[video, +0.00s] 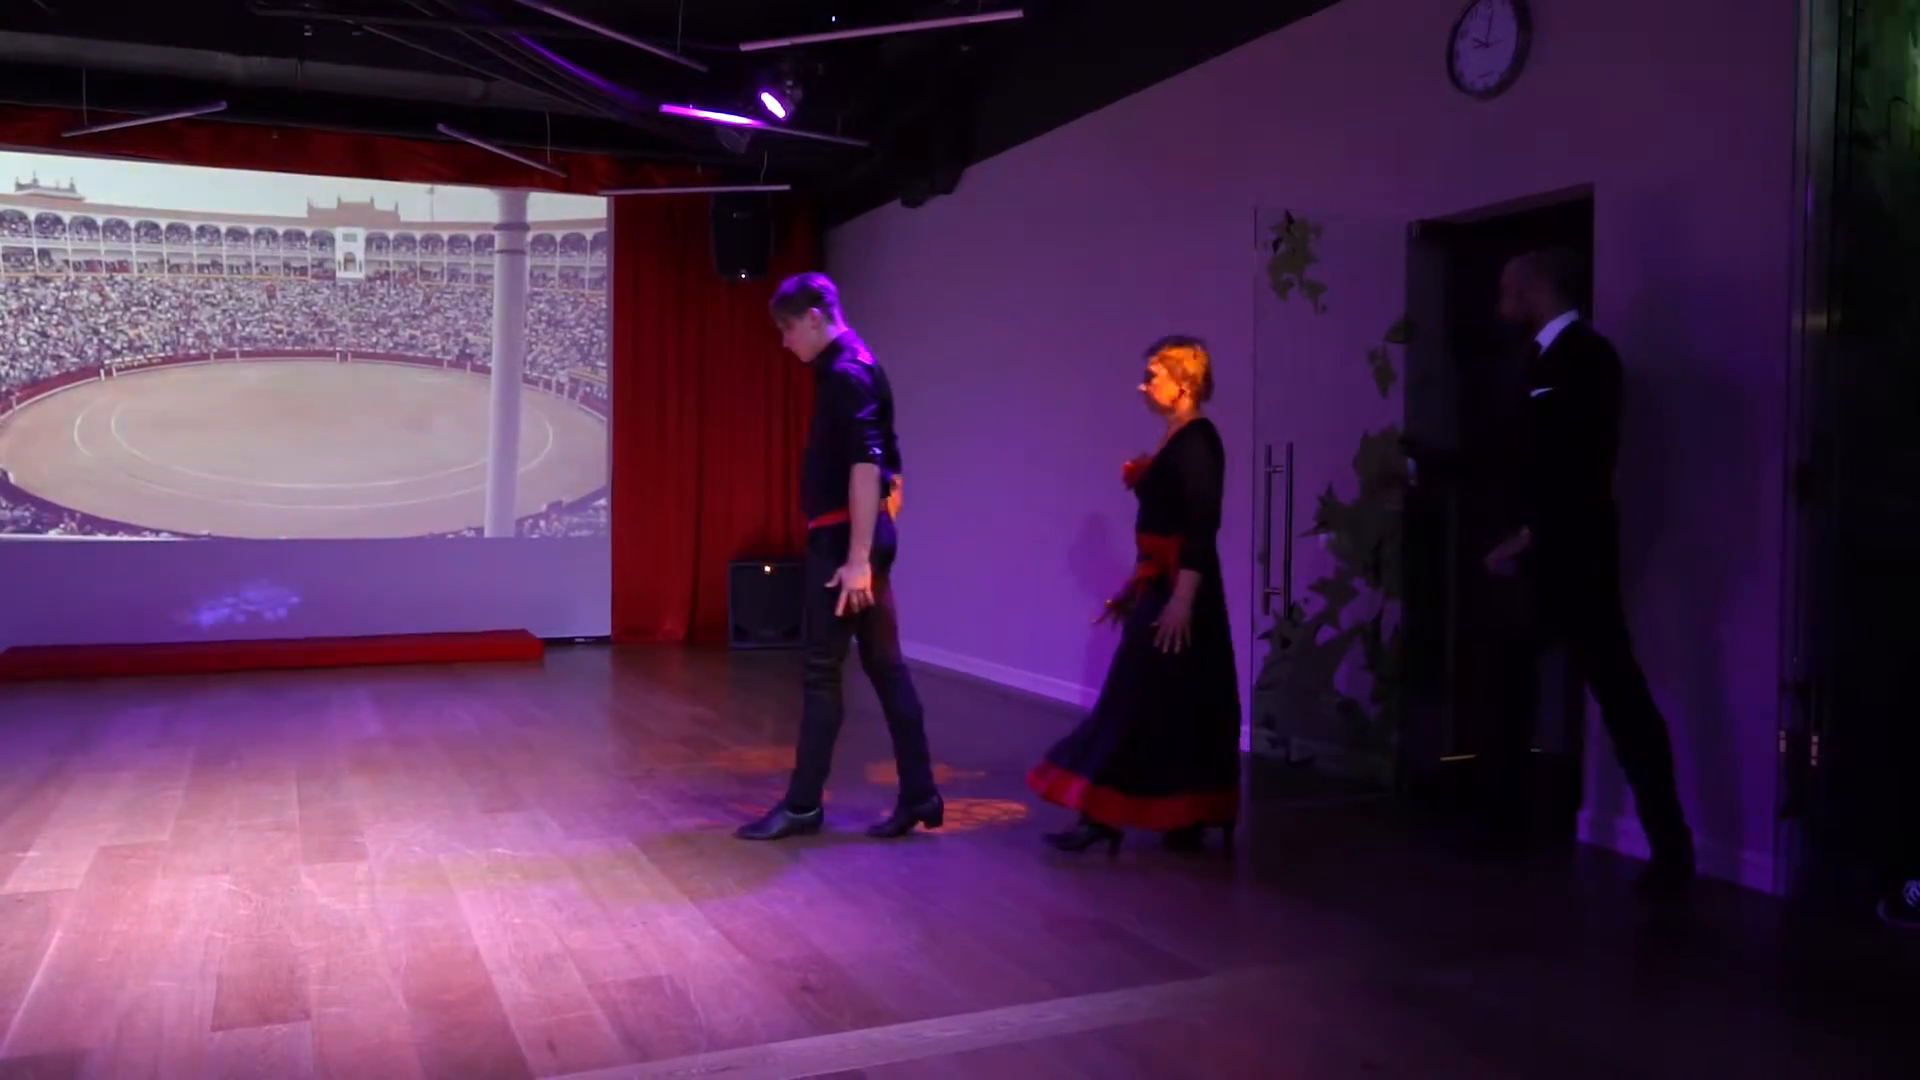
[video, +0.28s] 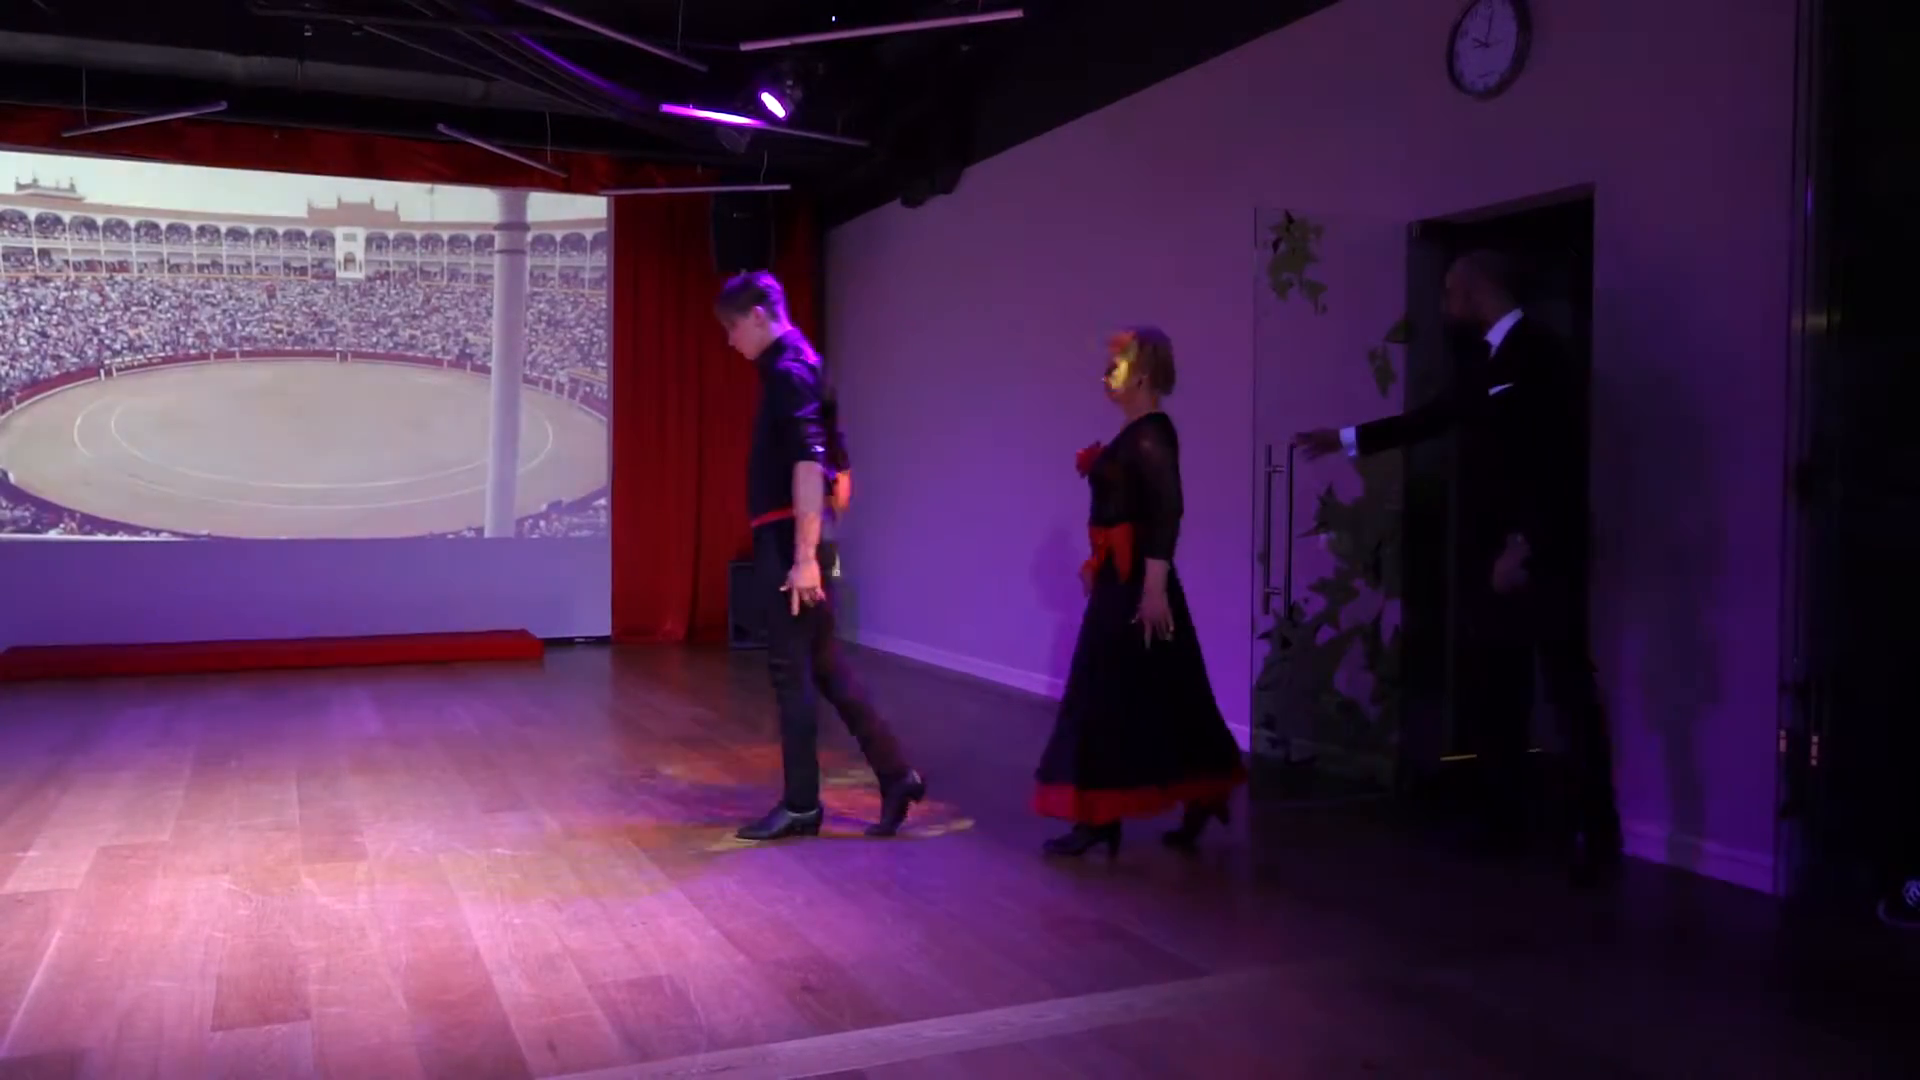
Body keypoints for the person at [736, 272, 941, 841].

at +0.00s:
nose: (786, 342)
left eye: (790, 329)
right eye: (783, 331)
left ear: (820, 317)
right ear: (821, 318)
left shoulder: (847, 375)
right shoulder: (855, 367)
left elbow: (867, 467)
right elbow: (877, 465)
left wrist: (859, 558)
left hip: (839, 538)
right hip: (860, 532)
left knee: (821, 672)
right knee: (887, 668)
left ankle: (803, 803)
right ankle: (919, 795)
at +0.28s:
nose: (731, 341)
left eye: (734, 328)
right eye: (728, 330)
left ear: (763, 316)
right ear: (764, 317)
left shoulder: (790, 370)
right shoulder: (801, 365)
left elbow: (810, 463)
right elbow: (835, 465)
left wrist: (805, 556)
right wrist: (821, 535)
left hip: (785, 539)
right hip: (800, 536)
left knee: (790, 674)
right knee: (827, 667)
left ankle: (800, 803)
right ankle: (896, 776)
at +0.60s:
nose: (652, 355)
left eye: (654, 342)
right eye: (650, 344)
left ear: (682, 331)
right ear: (688, 332)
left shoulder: (699, 391)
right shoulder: (737, 384)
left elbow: (714, 487)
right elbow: (779, 479)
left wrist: (728, 577)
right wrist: (775, 553)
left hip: (713, 555)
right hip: (727, 550)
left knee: (749, 680)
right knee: (653, 654)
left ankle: (800, 802)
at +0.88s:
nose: (567, 360)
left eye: (568, 348)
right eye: (564, 349)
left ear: (593, 337)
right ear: (604, 336)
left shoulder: (610, 392)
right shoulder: (648, 386)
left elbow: (625, 482)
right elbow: (683, 487)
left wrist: (639, 568)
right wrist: (663, 564)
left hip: (597, 555)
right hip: (620, 552)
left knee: (547, 674)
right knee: (569, 676)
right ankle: (567, 799)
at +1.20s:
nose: (482, 359)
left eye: (484, 346)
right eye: (480, 348)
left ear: (510, 337)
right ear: (520, 337)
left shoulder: (528, 393)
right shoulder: (566, 390)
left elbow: (543, 480)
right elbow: (610, 477)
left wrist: (544, 562)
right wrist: (587, 549)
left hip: (504, 557)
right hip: (545, 556)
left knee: (458, 676)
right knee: (530, 677)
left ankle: (417, 797)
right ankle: (566, 800)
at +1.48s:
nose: (445, 351)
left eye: (446, 340)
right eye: (442, 341)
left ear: (470, 330)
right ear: (483, 329)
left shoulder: (483, 382)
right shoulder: (526, 379)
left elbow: (494, 467)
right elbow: (579, 460)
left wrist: (503, 543)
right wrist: (560, 533)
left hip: (465, 544)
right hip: (511, 541)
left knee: (448, 674)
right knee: (523, 671)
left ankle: (433, 797)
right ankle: (577, 786)